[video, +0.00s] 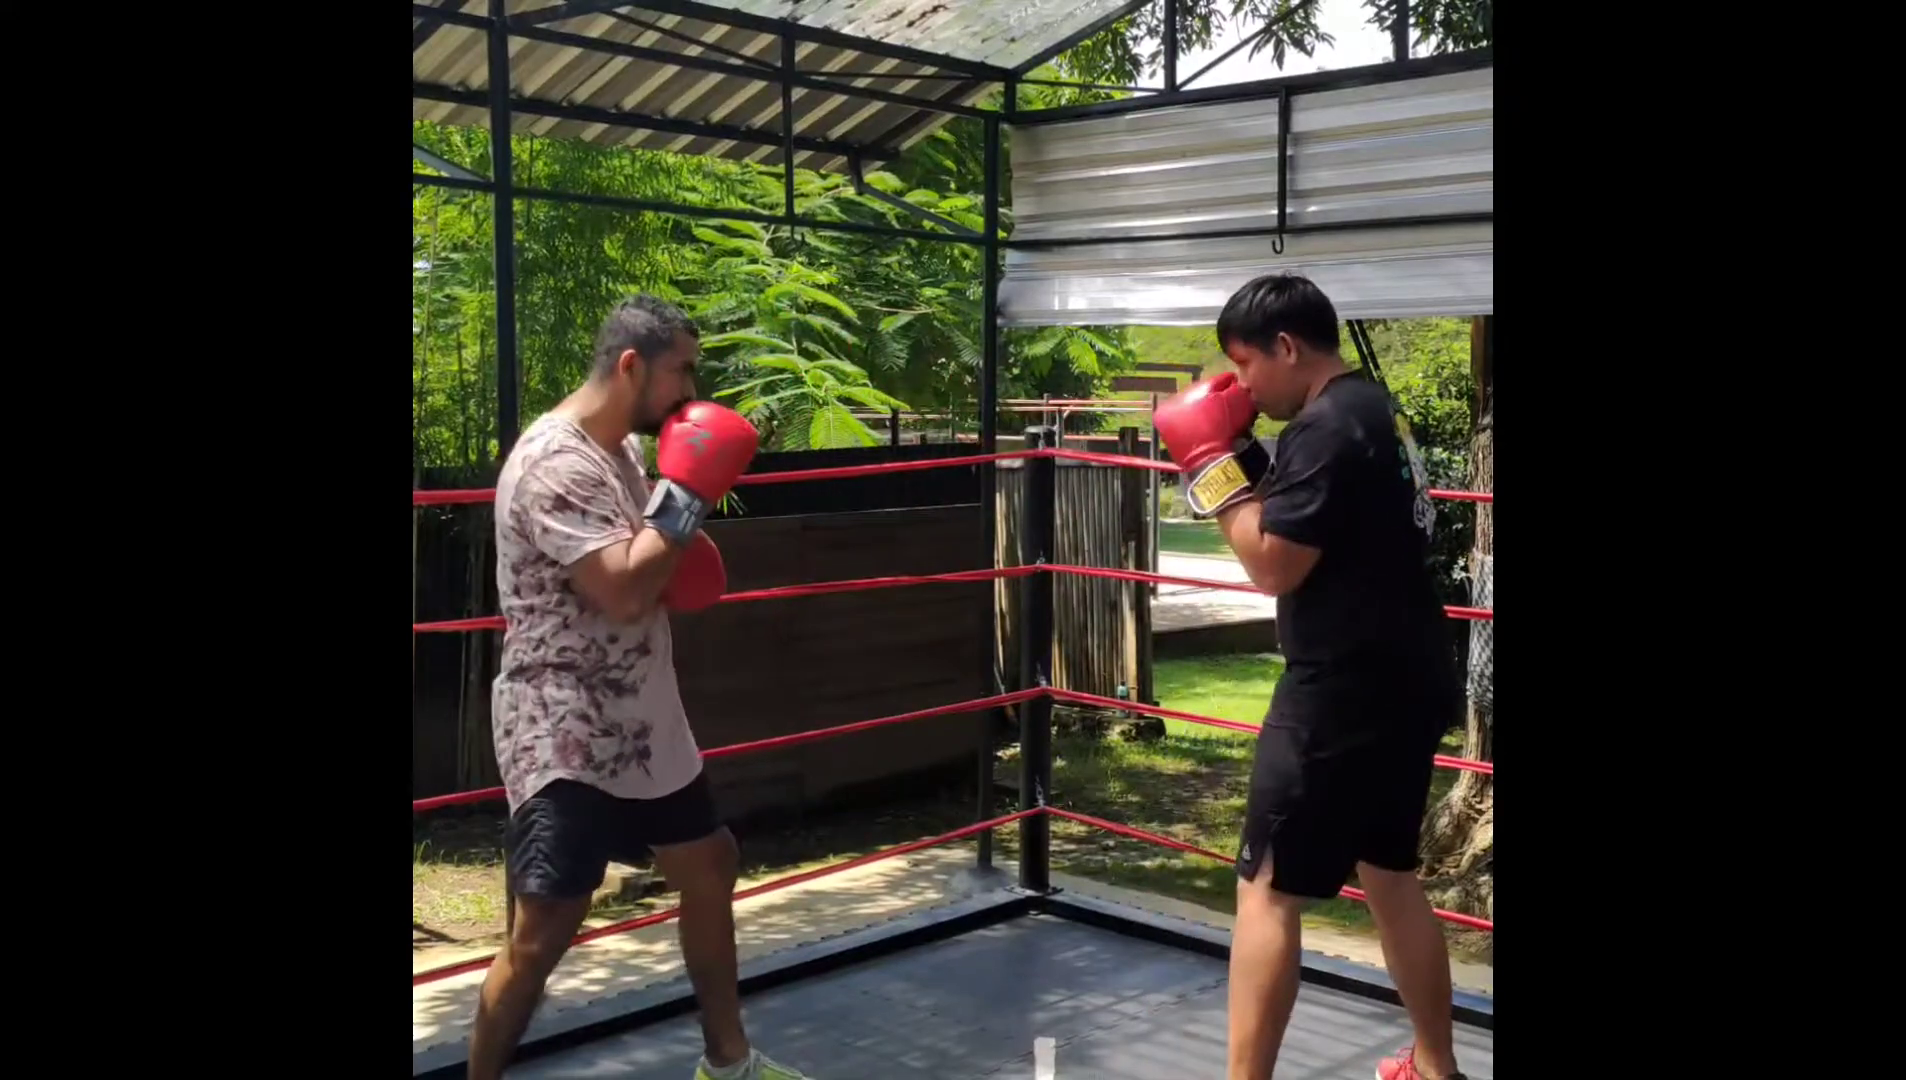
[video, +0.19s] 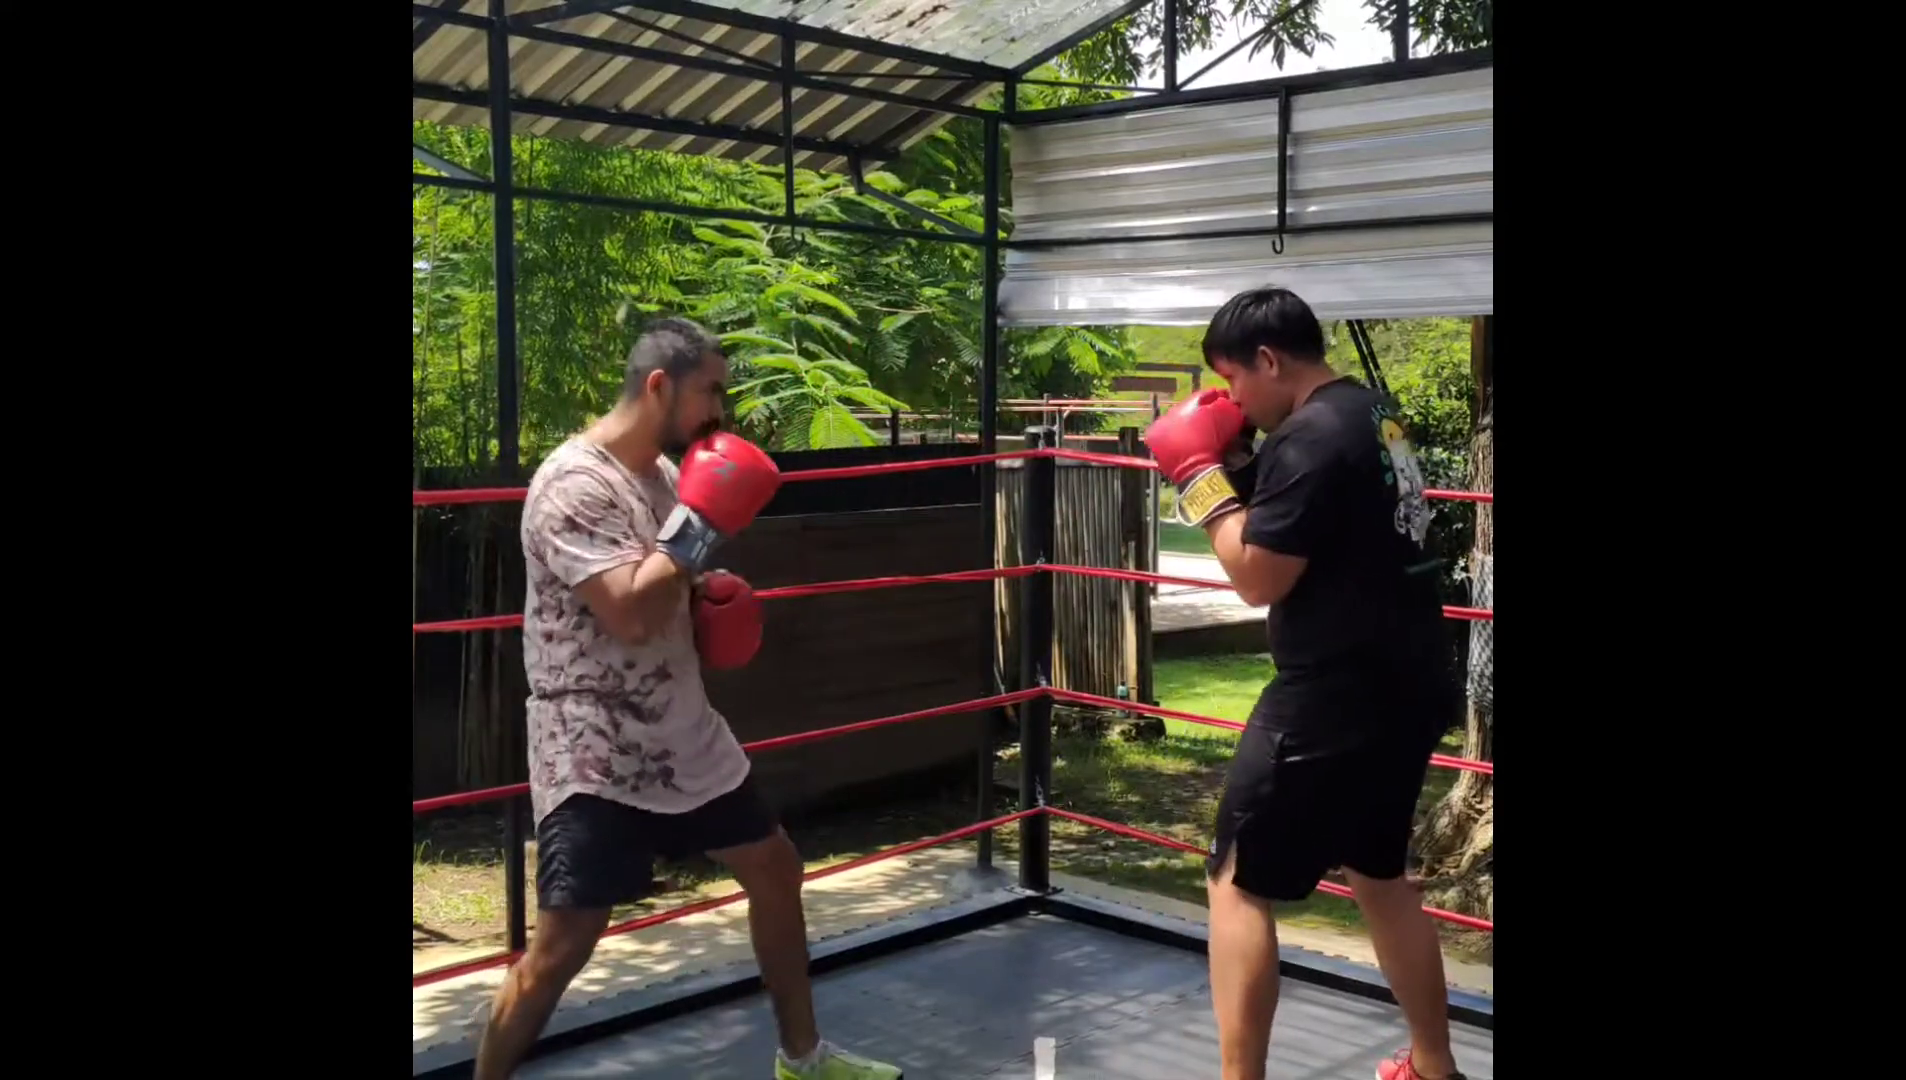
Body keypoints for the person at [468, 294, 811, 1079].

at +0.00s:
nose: (691, 391)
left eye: (695, 373)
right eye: (683, 370)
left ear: (630, 369)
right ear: (631, 365)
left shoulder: (627, 455)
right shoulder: (551, 461)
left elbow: (623, 590)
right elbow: (619, 593)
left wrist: (672, 583)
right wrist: (683, 493)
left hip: (646, 725)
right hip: (565, 735)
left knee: (709, 868)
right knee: (539, 936)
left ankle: (730, 1058)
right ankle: (481, 1074)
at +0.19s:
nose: (720, 412)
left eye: (723, 394)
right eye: (712, 391)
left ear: (661, 389)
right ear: (658, 385)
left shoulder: (664, 481)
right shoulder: (569, 485)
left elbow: (654, 617)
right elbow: (629, 610)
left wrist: (708, 619)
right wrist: (701, 518)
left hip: (688, 740)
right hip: (592, 755)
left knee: (774, 869)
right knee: (560, 948)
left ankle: (802, 1055)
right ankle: (488, 1074)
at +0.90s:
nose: (724, 414)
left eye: (727, 397)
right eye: (713, 395)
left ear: (664, 395)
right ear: (656, 391)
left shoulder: (709, 482)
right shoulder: (567, 487)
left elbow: (739, 580)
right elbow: (577, 623)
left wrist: (719, 632)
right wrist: (664, 541)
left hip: (685, 728)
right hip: (581, 740)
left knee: (776, 863)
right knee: (538, 933)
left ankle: (761, 1048)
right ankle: (490, 1075)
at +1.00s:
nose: (726, 396)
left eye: (729, 381)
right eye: (717, 379)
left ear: (672, 382)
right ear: (663, 379)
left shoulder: (696, 472)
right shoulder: (579, 485)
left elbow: (739, 568)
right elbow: (618, 607)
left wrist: (723, 593)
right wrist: (691, 520)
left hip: (683, 719)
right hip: (590, 732)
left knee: (765, 859)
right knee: (548, 927)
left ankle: (752, 1052)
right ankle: (491, 1075)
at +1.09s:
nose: (745, 382)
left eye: (748, 367)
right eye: (738, 365)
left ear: (689, 367)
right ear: (687, 364)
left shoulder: (693, 457)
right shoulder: (615, 465)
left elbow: (726, 557)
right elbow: (690, 578)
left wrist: (729, 597)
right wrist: (739, 471)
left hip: (694, 710)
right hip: (611, 722)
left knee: (758, 858)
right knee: (562, 915)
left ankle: (754, 1053)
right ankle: (494, 1073)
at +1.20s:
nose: (773, 378)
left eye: (772, 363)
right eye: (762, 362)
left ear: (709, 366)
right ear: (713, 364)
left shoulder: (677, 431)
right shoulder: (683, 444)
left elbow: (686, 550)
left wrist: (747, 571)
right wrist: (840, 419)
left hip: (693, 707)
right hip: (626, 711)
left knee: (750, 854)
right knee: (575, 919)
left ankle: (753, 1051)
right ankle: (497, 1072)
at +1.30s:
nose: (773, 385)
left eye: (773, 369)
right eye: (766, 368)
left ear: (711, 367)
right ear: (723, 366)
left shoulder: (672, 439)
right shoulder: (683, 451)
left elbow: (661, 567)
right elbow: (821, 518)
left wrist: (740, 581)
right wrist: (843, 410)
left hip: (697, 715)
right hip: (635, 721)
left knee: (756, 857)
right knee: (592, 923)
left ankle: (753, 1053)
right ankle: (495, 1074)